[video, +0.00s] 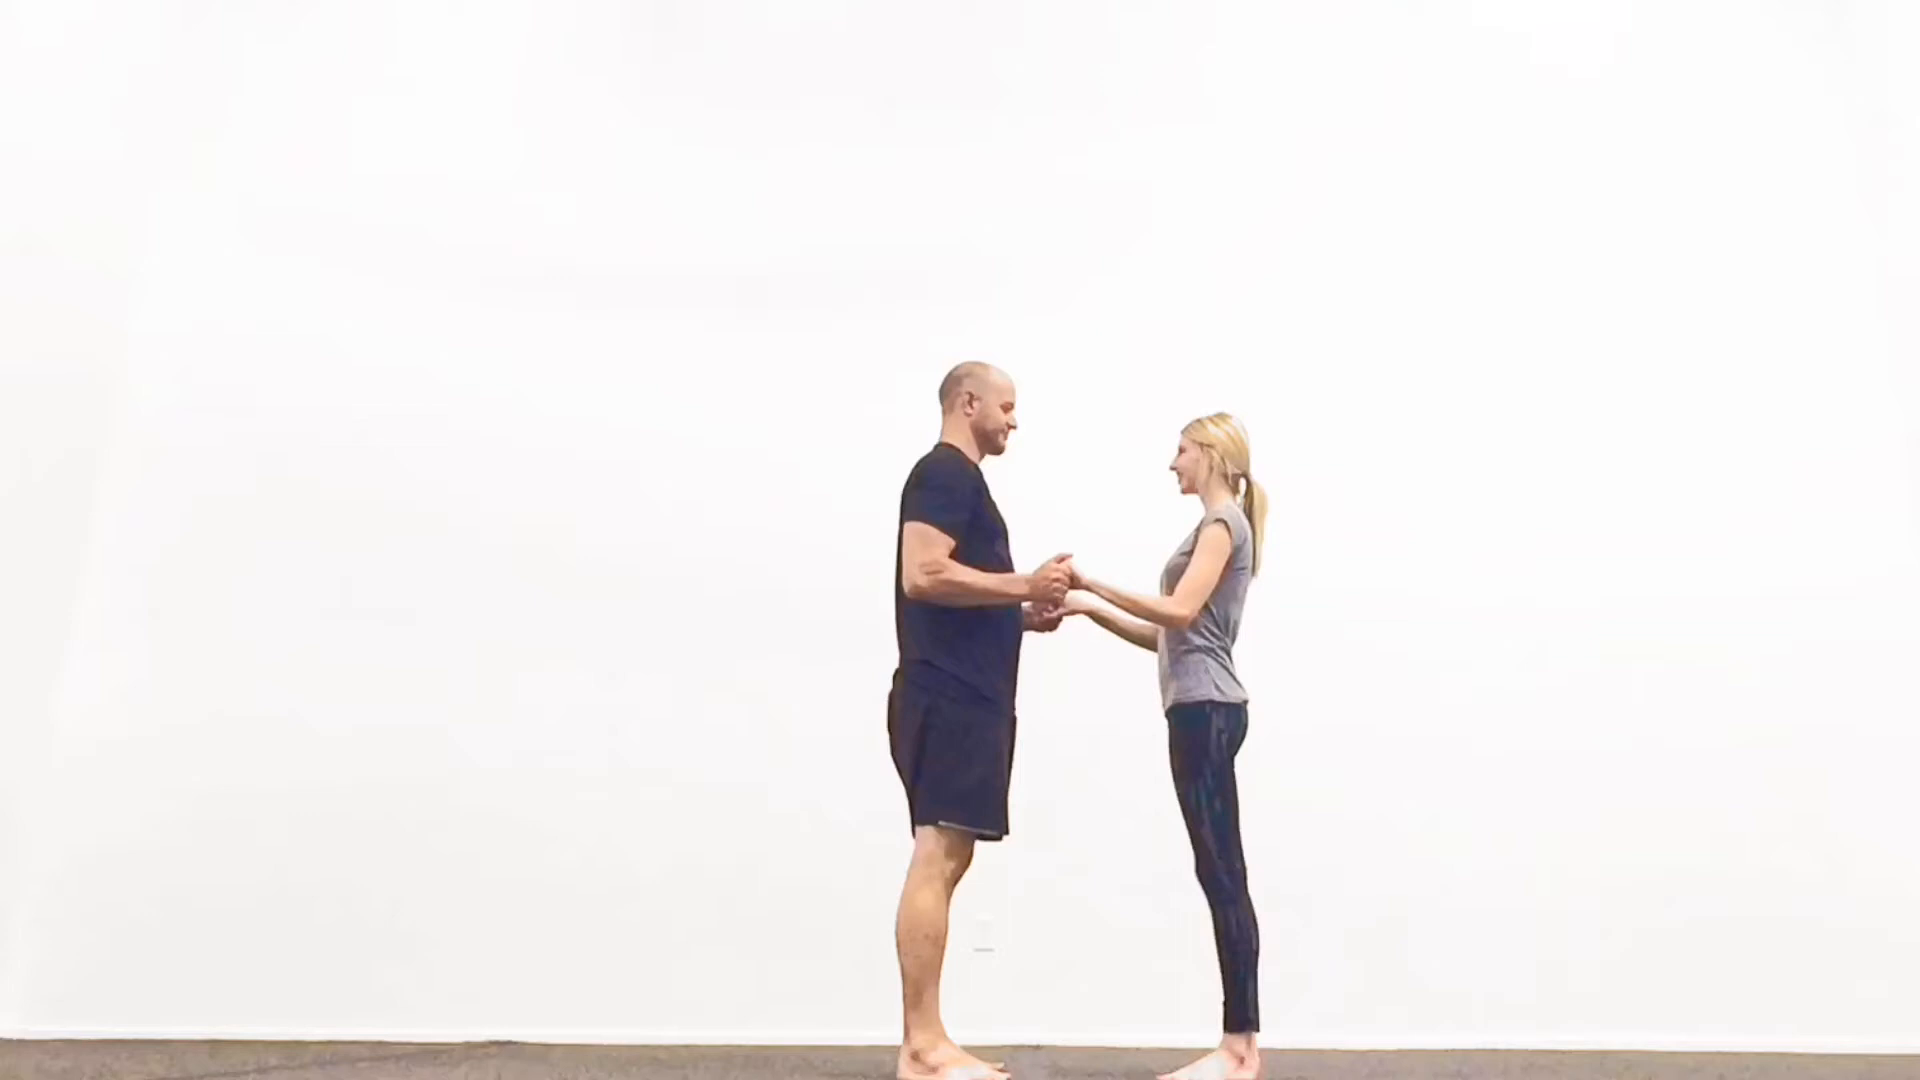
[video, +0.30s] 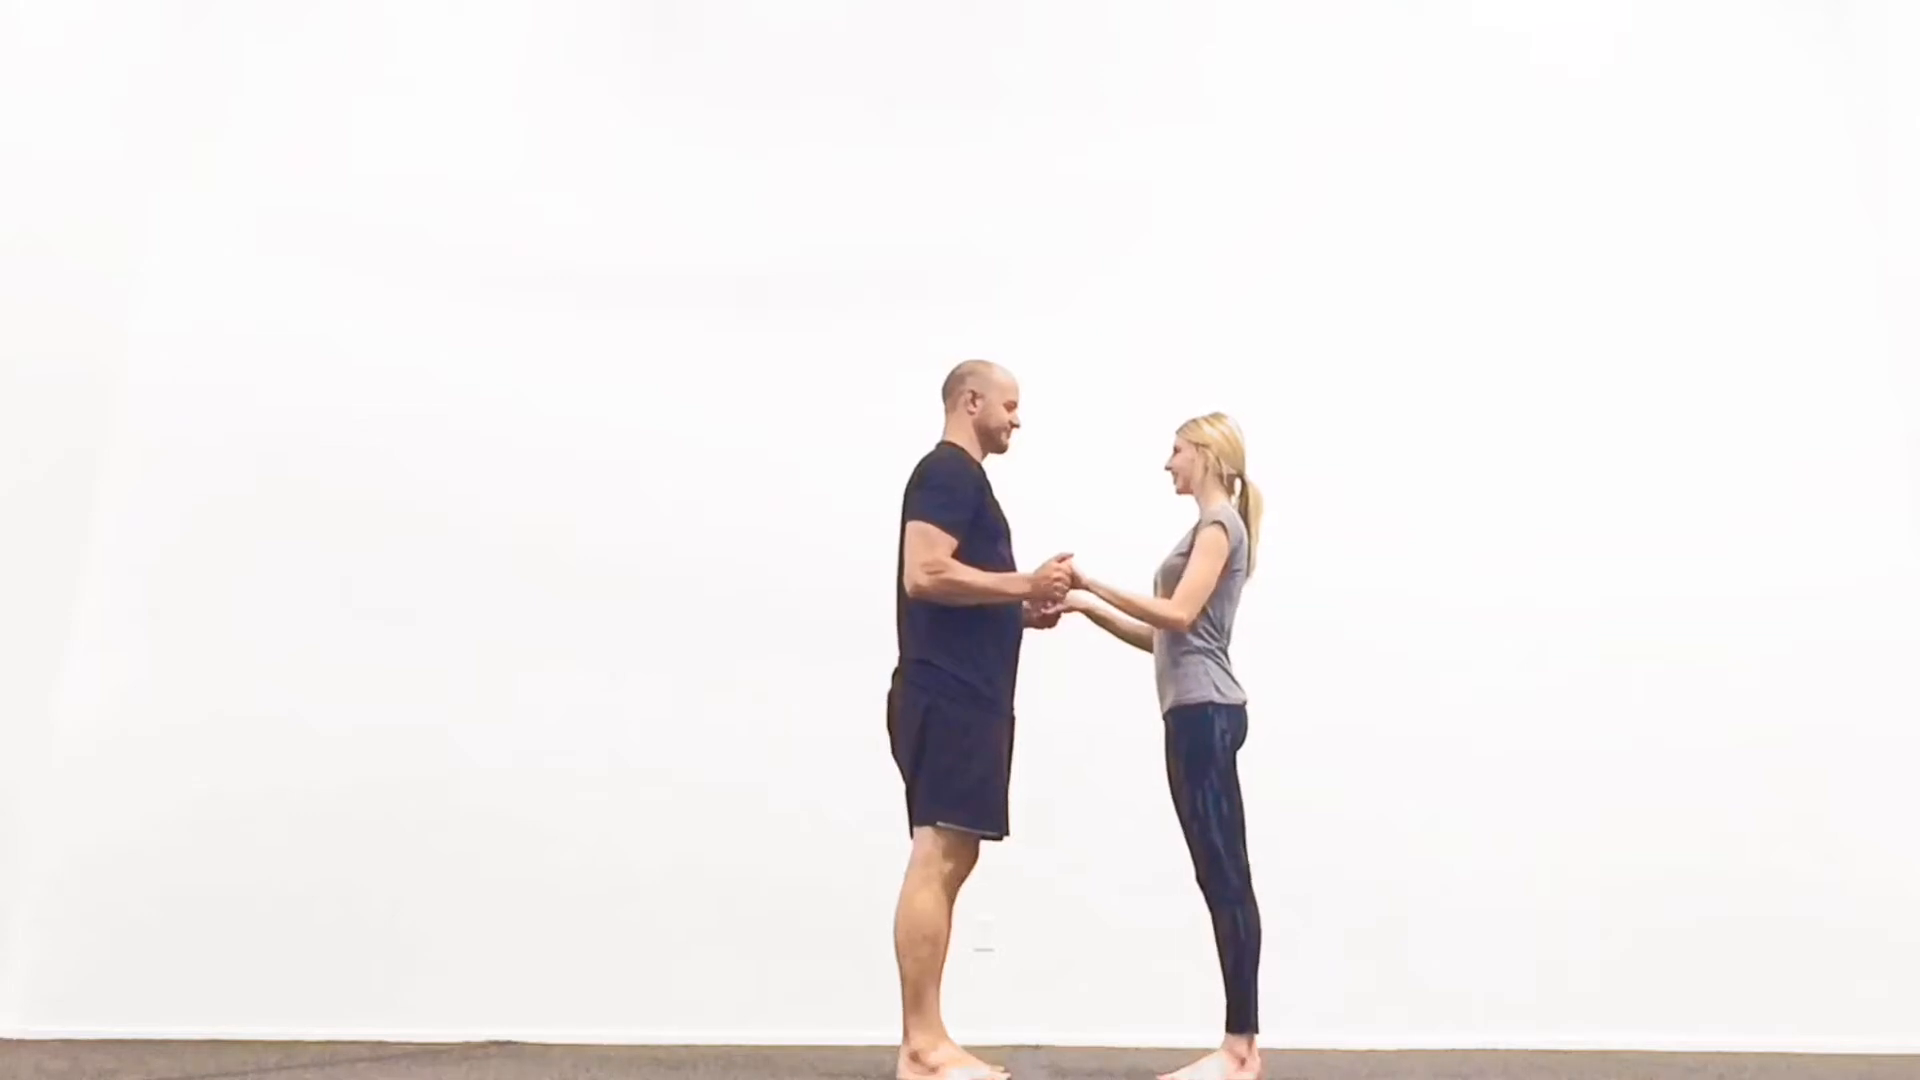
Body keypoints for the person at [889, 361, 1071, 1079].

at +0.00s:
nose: (1014, 421)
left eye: (1014, 410)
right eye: (1006, 408)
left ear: (969, 404)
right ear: (968, 405)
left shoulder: (963, 479)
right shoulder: (943, 470)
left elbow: (950, 594)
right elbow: (923, 574)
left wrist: (1025, 613)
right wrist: (1024, 586)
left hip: (963, 694)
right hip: (948, 694)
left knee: (945, 859)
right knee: (938, 859)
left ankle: (924, 1043)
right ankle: (924, 1045)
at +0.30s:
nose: (1017, 420)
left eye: (1017, 409)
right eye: (1010, 407)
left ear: (972, 402)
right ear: (971, 403)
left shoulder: (965, 477)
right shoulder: (947, 468)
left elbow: (950, 595)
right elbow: (925, 573)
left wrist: (1025, 612)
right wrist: (1025, 585)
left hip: (964, 693)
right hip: (947, 693)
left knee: (950, 859)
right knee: (939, 858)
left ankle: (925, 1042)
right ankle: (923, 1044)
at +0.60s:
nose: (1026, 422)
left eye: (1027, 410)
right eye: (1019, 408)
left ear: (980, 404)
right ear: (980, 404)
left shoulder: (973, 479)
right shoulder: (952, 470)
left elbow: (951, 596)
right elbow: (918, 572)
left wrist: (1026, 606)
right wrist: (1018, 582)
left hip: (969, 694)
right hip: (950, 694)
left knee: (950, 862)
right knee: (943, 861)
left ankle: (924, 1042)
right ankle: (923, 1045)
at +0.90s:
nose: (1055, 423)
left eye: (1054, 412)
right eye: (1046, 410)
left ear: (1011, 414)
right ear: (1005, 411)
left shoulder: (1000, 488)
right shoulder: (977, 476)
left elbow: (965, 601)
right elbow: (922, 569)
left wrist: (1032, 609)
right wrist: (1023, 585)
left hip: (990, 697)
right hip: (954, 695)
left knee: (1009, 859)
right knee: (963, 858)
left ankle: (943, 1029)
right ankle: (922, 1045)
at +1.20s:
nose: (1065, 429)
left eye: (1063, 418)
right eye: (1055, 416)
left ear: (1018, 423)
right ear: (1014, 419)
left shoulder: (1015, 499)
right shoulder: (988, 487)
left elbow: (993, 611)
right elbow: (961, 591)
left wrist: (1056, 630)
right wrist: (1064, 607)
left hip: (1000, 704)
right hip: (956, 701)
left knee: (1025, 863)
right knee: (964, 857)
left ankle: (995, 1033)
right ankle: (922, 1046)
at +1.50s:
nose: (1067, 438)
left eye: (1066, 428)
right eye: (1055, 425)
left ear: (1028, 431)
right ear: (1015, 428)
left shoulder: (1049, 540)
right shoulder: (973, 494)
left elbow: (1041, 651)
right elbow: (948, 598)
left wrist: (1122, 615)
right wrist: (1051, 609)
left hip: (1011, 715)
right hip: (949, 708)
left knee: (1006, 872)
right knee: (940, 855)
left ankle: (989, 1039)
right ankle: (916, 1038)